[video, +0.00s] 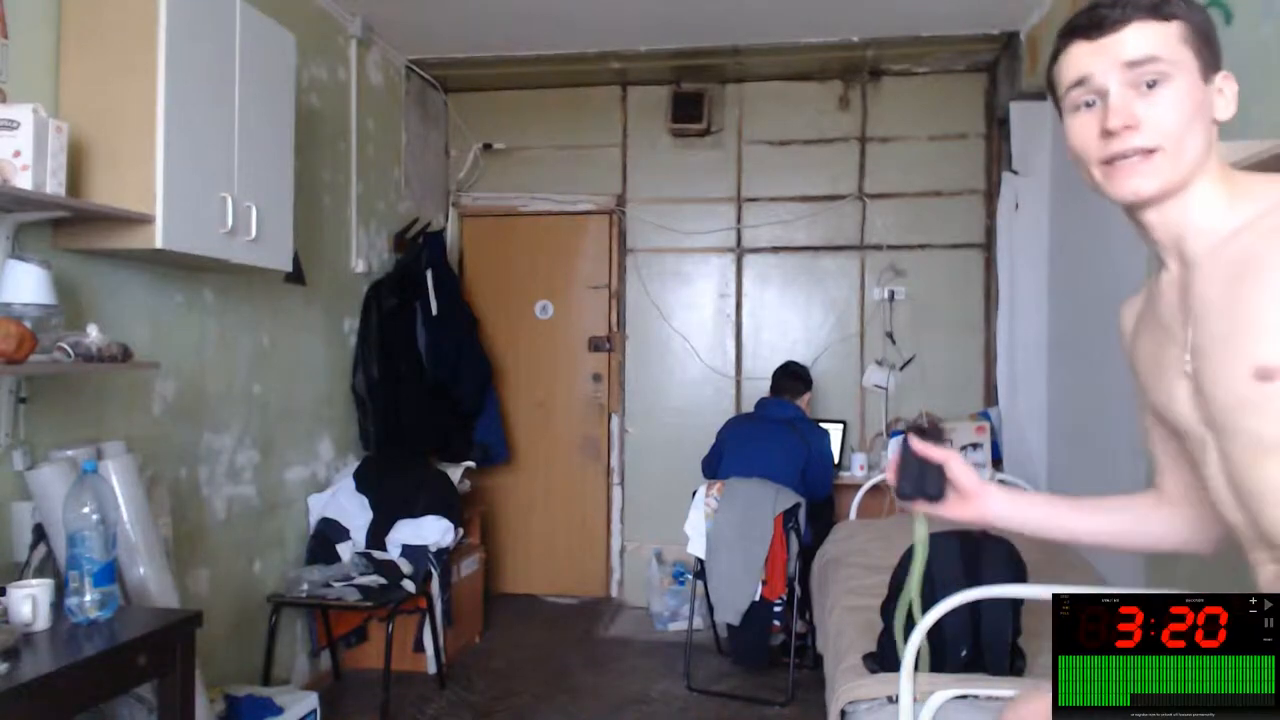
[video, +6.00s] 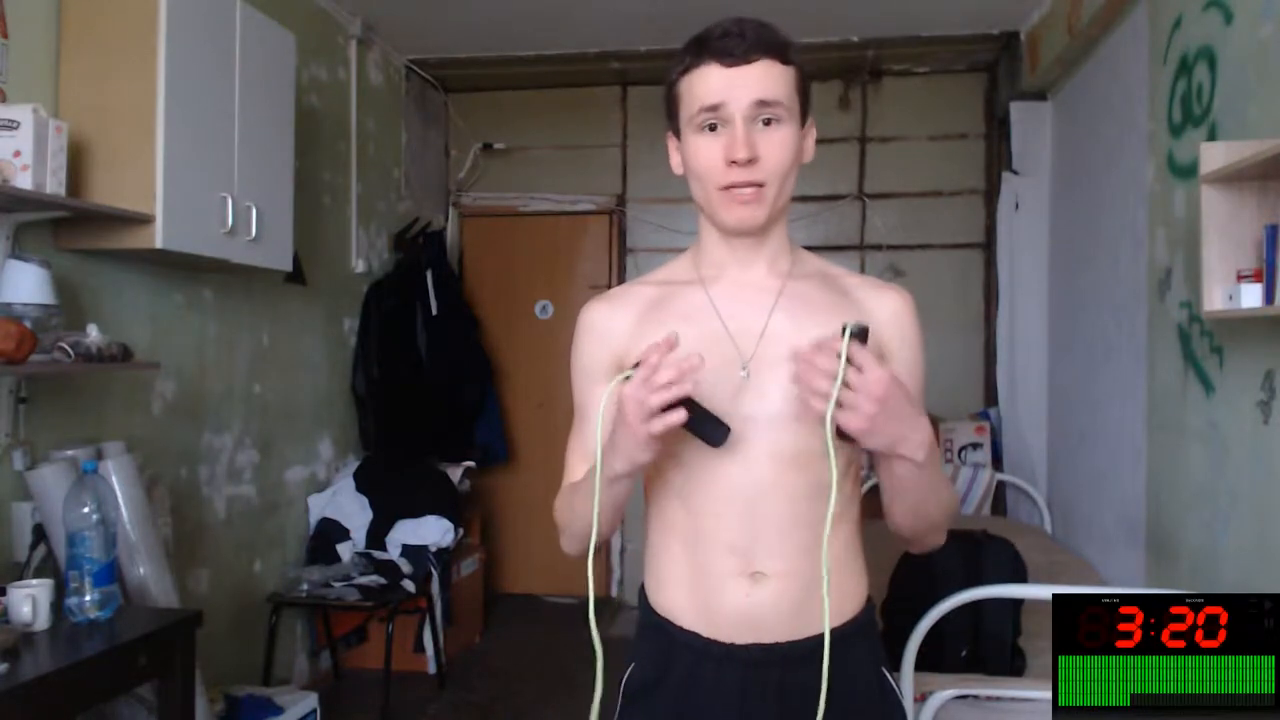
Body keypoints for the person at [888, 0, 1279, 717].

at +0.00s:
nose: (1116, 121)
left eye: (1150, 82)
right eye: (1086, 100)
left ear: (1221, 94)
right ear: (1067, 134)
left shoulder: (1270, 225)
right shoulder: (1144, 318)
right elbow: (1196, 520)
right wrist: (990, 502)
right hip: (1266, 616)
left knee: (1032, 709)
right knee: (1028, 711)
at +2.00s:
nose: (750, 171)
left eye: (770, 147)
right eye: (723, 155)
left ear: (804, 166)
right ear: (694, 190)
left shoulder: (901, 301)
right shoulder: (683, 339)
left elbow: (965, 498)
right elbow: (666, 519)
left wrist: (1008, 364)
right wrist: (557, 410)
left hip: (880, 630)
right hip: (750, 633)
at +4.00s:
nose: (756, 142)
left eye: (785, 119)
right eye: (730, 115)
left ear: (820, 152)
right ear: (690, 143)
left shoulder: (881, 317)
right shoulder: (619, 320)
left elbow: (923, 514)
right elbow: (583, 511)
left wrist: (891, 517)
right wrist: (651, 532)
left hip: (834, 674)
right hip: (678, 675)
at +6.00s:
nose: (740, 150)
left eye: (767, 120)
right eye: (712, 125)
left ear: (806, 143)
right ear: (676, 154)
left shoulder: (879, 312)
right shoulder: (614, 321)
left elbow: (923, 532)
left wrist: (910, 444)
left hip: (836, 672)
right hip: (677, 671)